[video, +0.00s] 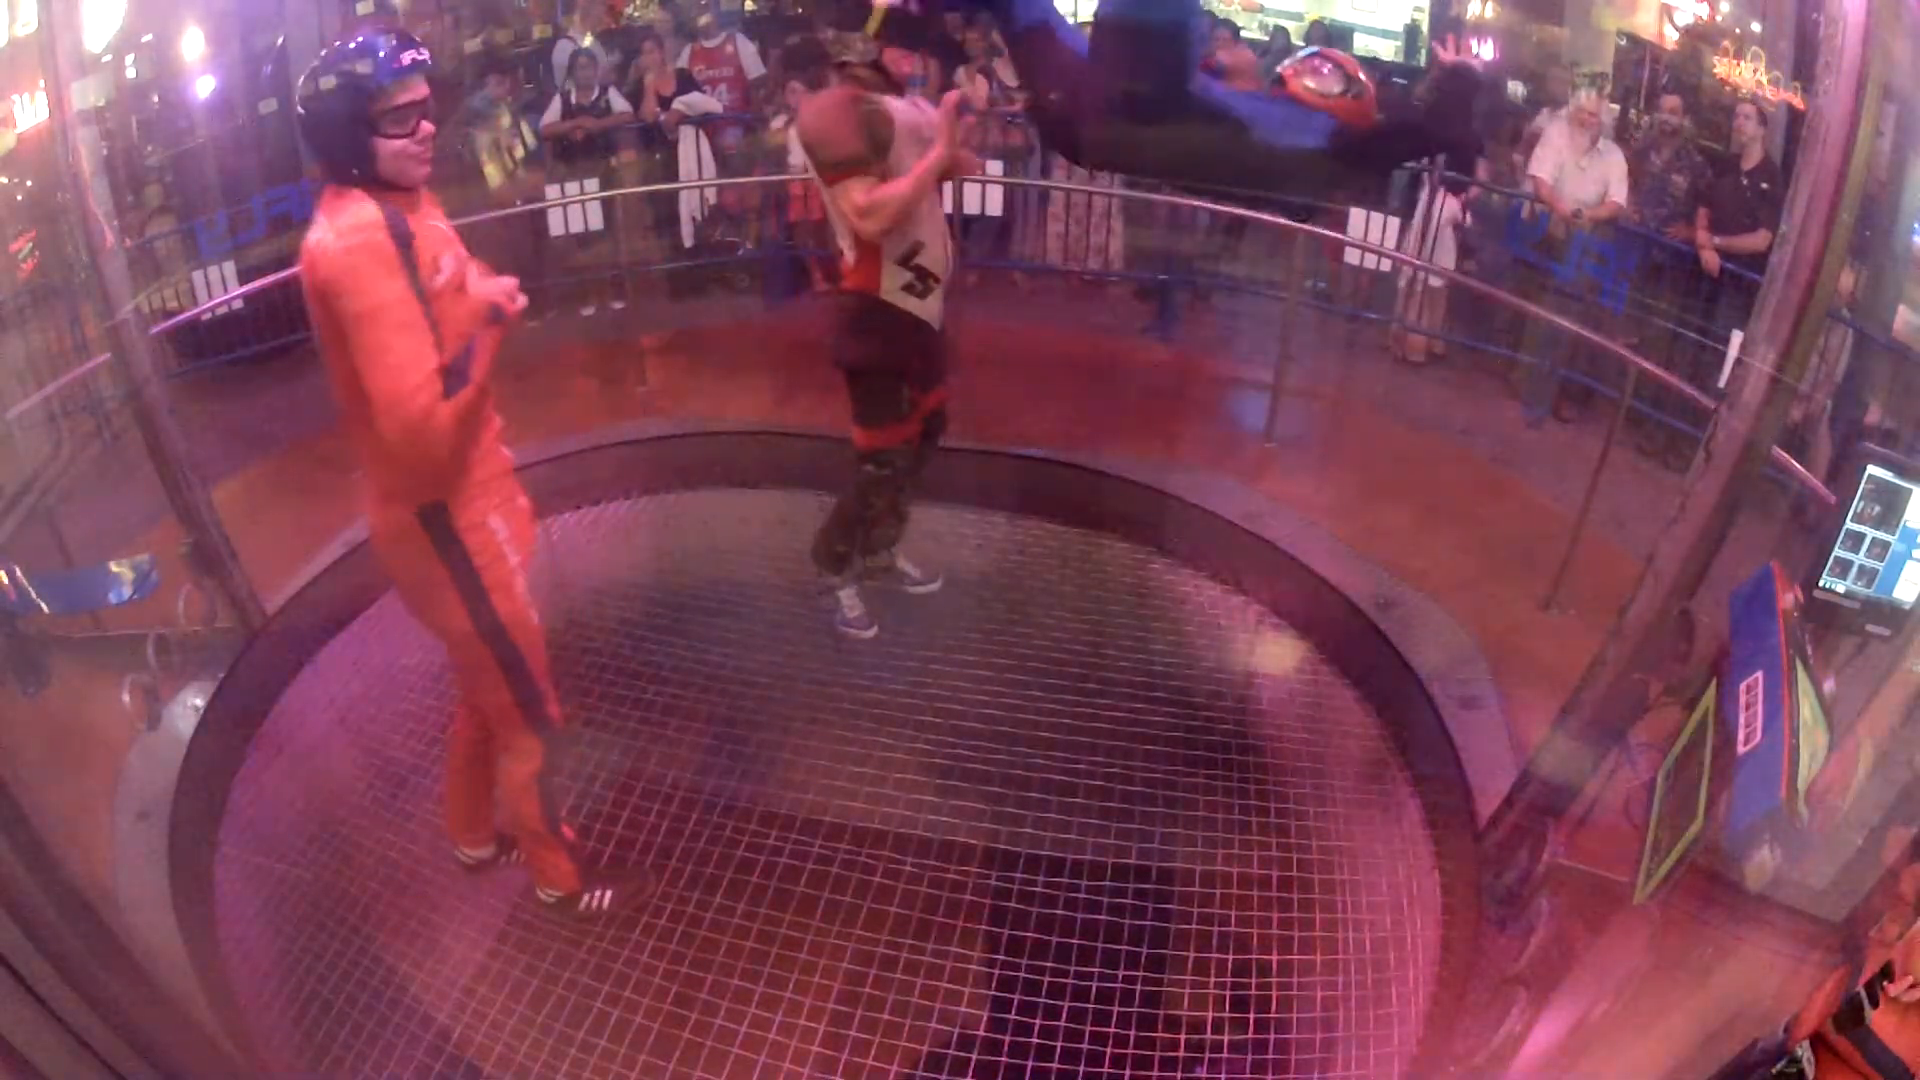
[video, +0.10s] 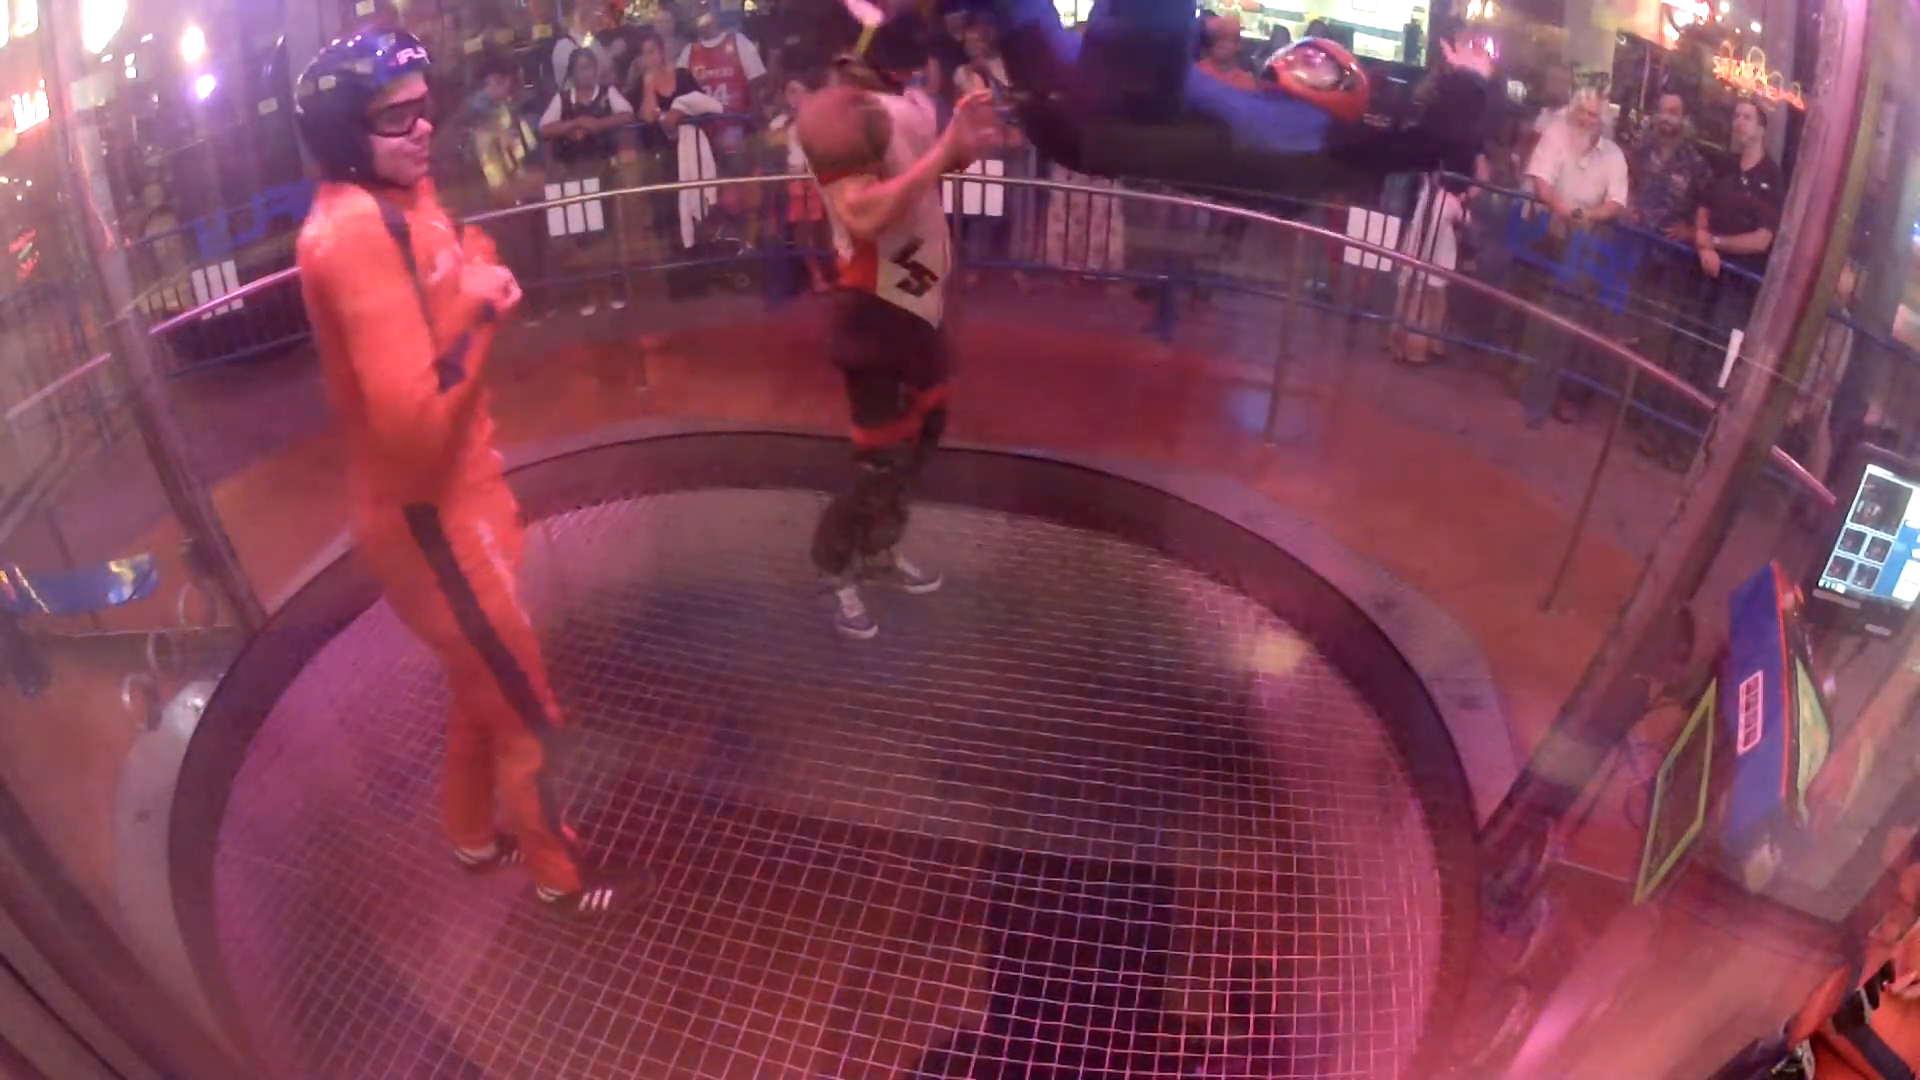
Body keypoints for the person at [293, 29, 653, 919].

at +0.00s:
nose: (427, 131)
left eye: (429, 112)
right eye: (401, 120)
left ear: (432, 111)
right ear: (346, 140)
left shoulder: (409, 204)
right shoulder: (351, 243)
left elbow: (434, 338)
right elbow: (416, 442)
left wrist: (479, 298)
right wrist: (487, 328)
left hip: (478, 485)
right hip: (437, 515)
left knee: (495, 670)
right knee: (523, 712)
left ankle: (471, 832)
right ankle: (558, 883)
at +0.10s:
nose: (424, 130)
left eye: (426, 110)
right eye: (398, 119)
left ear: (431, 107)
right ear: (343, 135)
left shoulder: (408, 202)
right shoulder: (350, 233)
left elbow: (430, 330)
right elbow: (408, 432)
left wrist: (469, 282)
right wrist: (476, 318)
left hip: (465, 487)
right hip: (423, 515)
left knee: (483, 671)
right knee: (518, 705)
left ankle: (470, 834)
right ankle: (558, 881)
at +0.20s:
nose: (420, 126)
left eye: (423, 106)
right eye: (394, 116)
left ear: (429, 105)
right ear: (344, 136)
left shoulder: (425, 194)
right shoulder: (353, 225)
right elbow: (397, 423)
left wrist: (472, 272)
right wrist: (471, 306)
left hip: (453, 497)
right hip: (402, 521)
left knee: (465, 681)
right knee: (530, 715)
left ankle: (473, 838)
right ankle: (556, 880)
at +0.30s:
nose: (418, 124)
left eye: (421, 105)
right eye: (393, 114)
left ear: (427, 107)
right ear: (344, 134)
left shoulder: (427, 198)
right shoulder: (348, 225)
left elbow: (483, 224)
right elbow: (384, 424)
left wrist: (490, 252)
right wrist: (465, 306)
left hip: (438, 508)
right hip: (382, 536)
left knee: (447, 695)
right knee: (532, 721)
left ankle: (470, 841)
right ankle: (550, 904)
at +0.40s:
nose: (416, 126)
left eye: (416, 107)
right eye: (392, 114)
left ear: (415, 114)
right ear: (341, 131)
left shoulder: (421, 204)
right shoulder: (321, 243)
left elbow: (435, 312)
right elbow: (363, 434)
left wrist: (478, 290)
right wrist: (458, 323)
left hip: (428, 512)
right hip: (368, 541)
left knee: (453, 703)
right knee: (517, 745)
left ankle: (468, 846)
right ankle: (516, 942)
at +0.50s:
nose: (397, 131)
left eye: (395, 112)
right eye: (373, 119)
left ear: (390, 121)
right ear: (317, 141)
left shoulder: (391, 211)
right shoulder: (298, 263)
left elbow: (413, 320)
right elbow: (357, 456)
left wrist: (456, 294)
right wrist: (446, 323)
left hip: (423, 519)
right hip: (364, 549)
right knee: (482, 774)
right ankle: (468, 984)